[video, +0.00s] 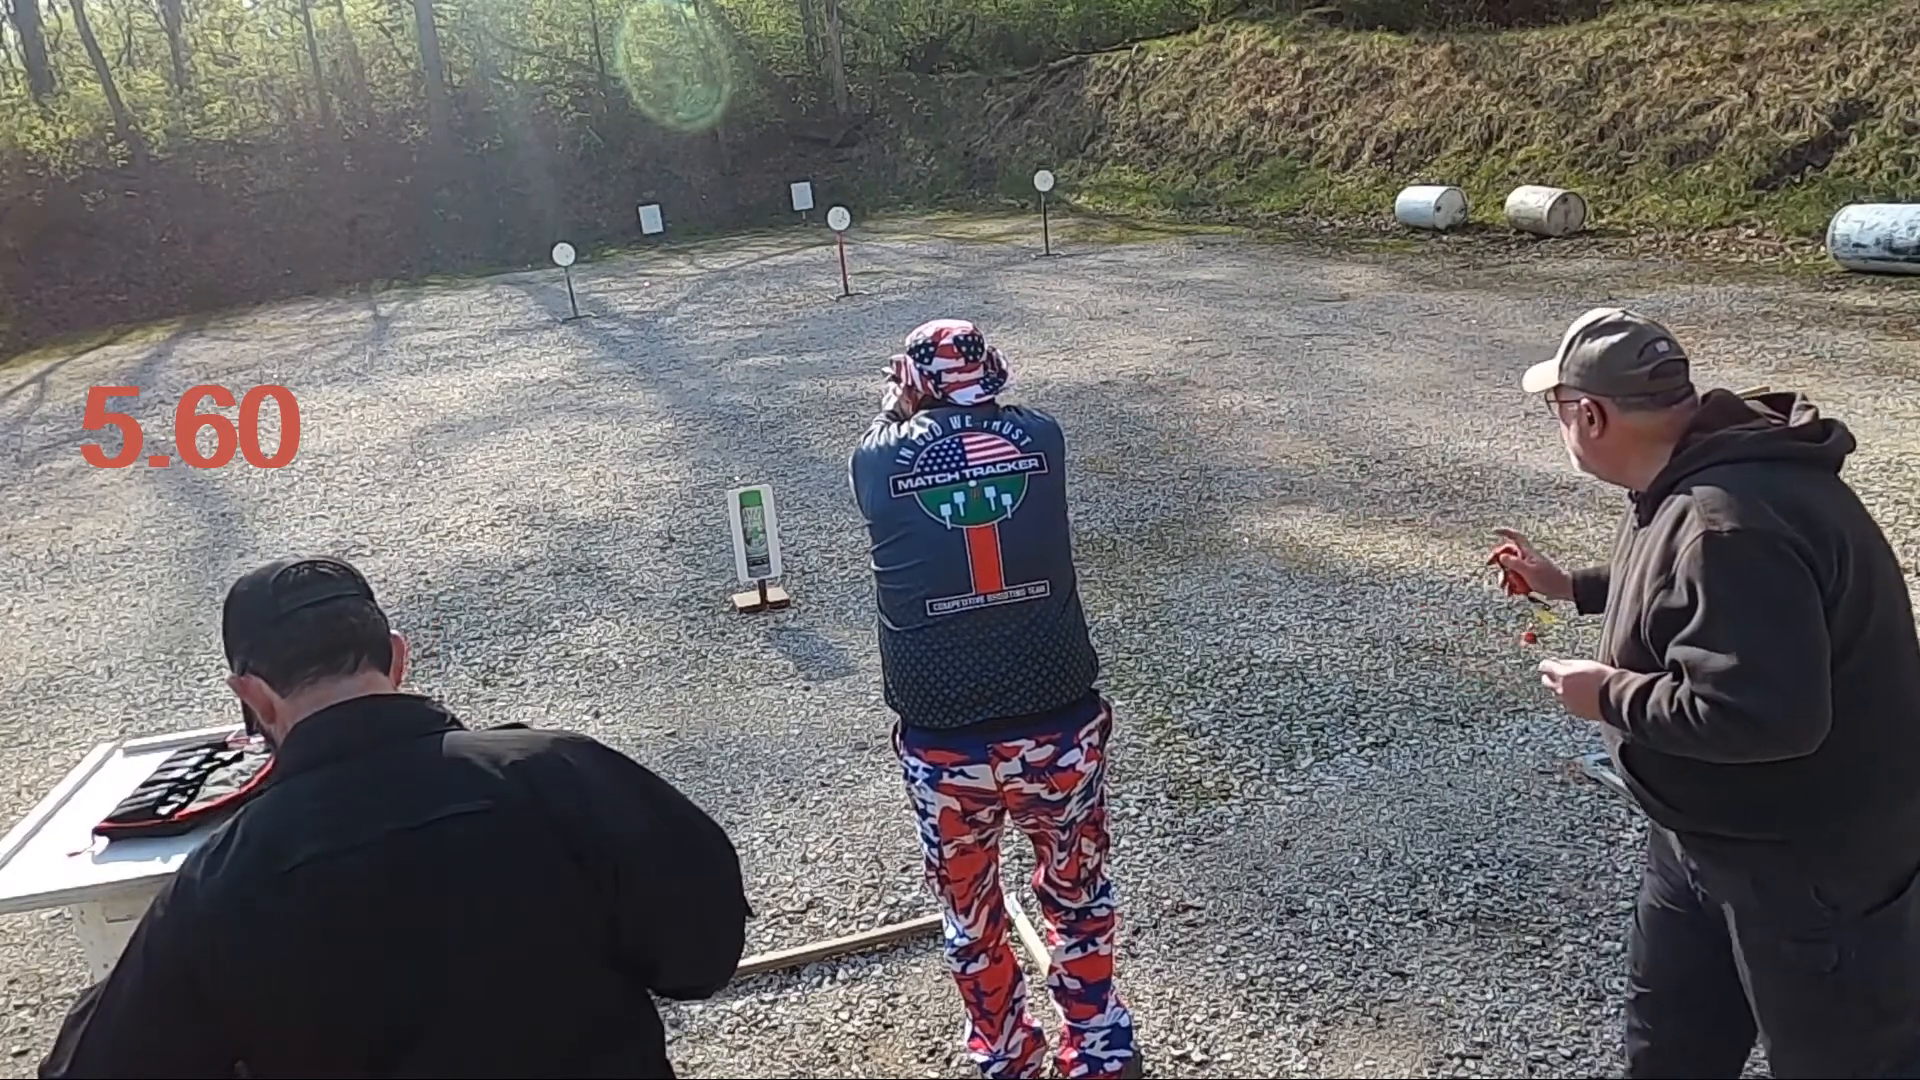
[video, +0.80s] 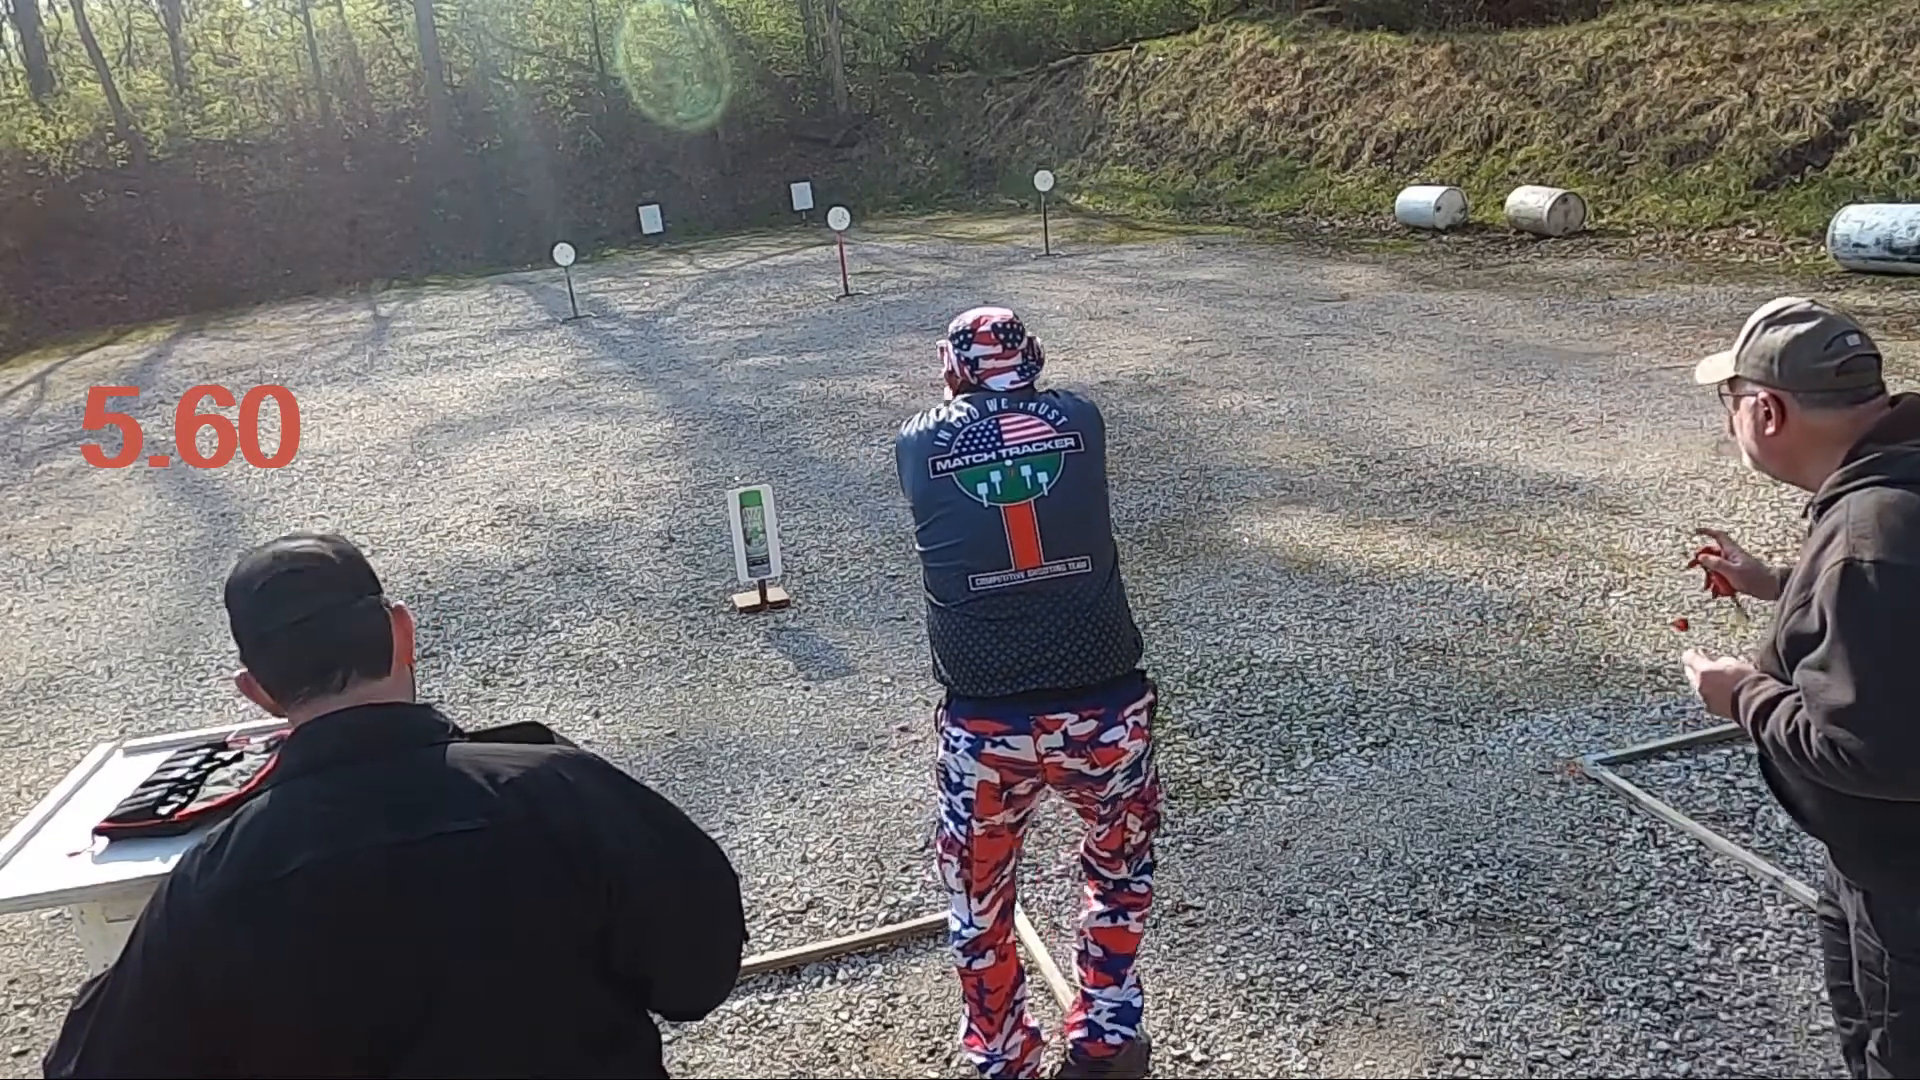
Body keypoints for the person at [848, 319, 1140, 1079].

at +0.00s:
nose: (904, 394)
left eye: (908, 385)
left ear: (910, 395)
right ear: (992, 385)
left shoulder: (874, 465)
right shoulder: (1041, 436)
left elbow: (884, 441)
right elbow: (980, 430)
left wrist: (901, 404)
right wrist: (937, 400)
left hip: (943, 746)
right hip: (1061, 731)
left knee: (971, 909)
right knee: (1077, 894)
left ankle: (1005, 1057)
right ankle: (1100, 1054)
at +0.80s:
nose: (944, 377)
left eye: (946, 367)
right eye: (950, 366)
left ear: (954, 379)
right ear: (1028, 370)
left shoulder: (917, 446)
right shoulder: (1079, 419)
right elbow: (1028, 419)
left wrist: (970, 395)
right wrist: (982, 389)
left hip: (985, 726)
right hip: (1105, 714)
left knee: (980, 891)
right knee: (1118, 872)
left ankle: (1000, 1054)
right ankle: (1106, 1039)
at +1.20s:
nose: (1210, 392)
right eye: (1213, 380)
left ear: (1143, 387)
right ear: (1220, 387)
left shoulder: (1097, 453)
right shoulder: (1257, 441)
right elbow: (1202, 443)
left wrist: (1161, 403)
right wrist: (1170, 404)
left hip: (1119, 733)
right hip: (1245, 731)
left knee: (1065, 880)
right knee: (1344, 826)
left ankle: (1013, 1052)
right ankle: (1434, 957)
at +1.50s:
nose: (1375, 330)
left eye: (1376, 318)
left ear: (1381, 328)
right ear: (1458, 329)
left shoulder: (1332, 391)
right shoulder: (1495, 382)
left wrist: (1392, 351)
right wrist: (1404, 350)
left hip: (1344, 658)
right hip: (1455, 668)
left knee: (1346, 759)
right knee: (1495, 813)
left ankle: (1290, 874)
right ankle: (1453, 968)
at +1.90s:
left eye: (1568, 290)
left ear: (1576, 300)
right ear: (1649, 289)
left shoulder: (1535, 367)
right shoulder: (1693, 331)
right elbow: (1641, 328)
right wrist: (1590, 301)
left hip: (1583, 603)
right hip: (1682, 600)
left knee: (1652, 706)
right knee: (1703, 735)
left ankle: (1688, 836)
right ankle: (1613, 832)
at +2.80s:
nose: (1789, 252)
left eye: (1790, 243)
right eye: (1785, 241)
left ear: (1798, 250)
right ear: (1865, 239)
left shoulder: (1765, 302)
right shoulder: (1909, 291)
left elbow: (1708, 316)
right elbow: (1864, 281)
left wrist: (1711, 277)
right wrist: (1804, 254)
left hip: (1809, 535)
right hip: (1911, 533)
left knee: (1726, 651)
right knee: (1896, 675)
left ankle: (1718, 812)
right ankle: (1902, 810)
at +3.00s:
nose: (1789, 245)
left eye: (1791, 236)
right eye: (1786, 235)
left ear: (1804, 244)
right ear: (1868, 234)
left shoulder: (1771, 298)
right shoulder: (1910, 286)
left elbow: (1712, 317)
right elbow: (1867, 270)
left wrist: (1710, 277)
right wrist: (1807, 250)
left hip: (1811, 531)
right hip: (1911, 529)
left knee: (1731, 649)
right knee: (1897, 675)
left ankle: (1720, 812)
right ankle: (1903, 811)